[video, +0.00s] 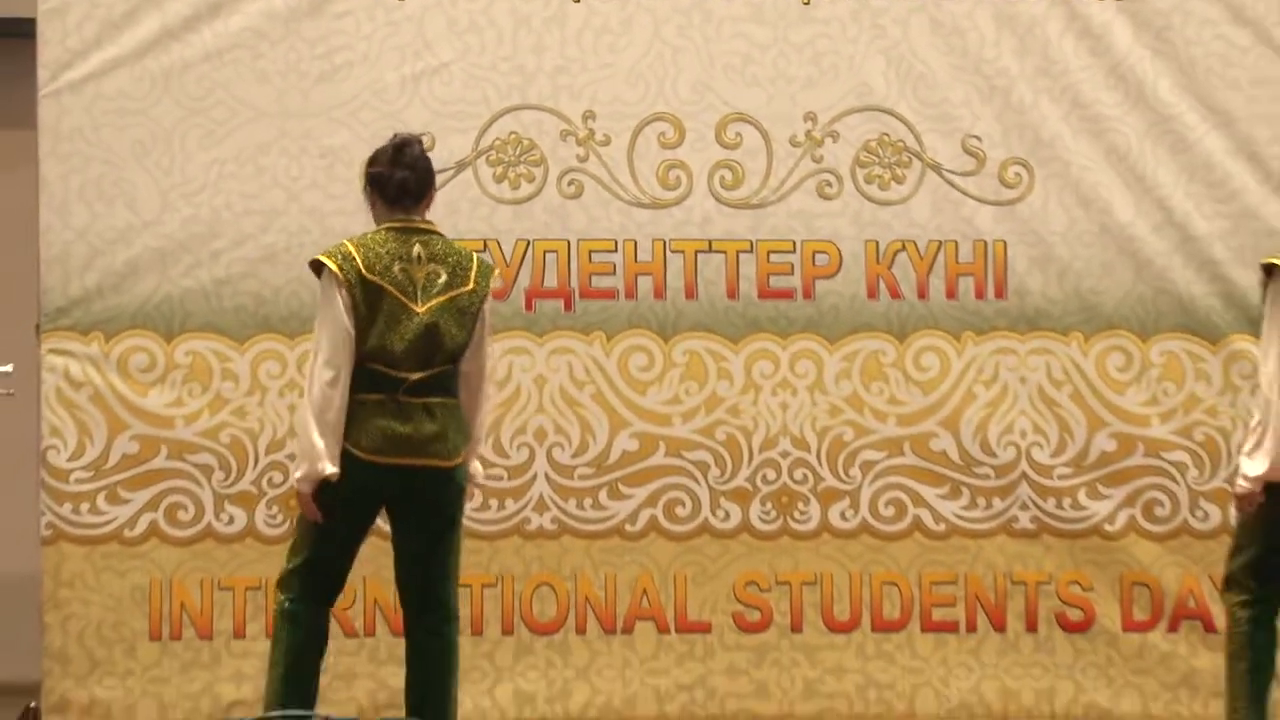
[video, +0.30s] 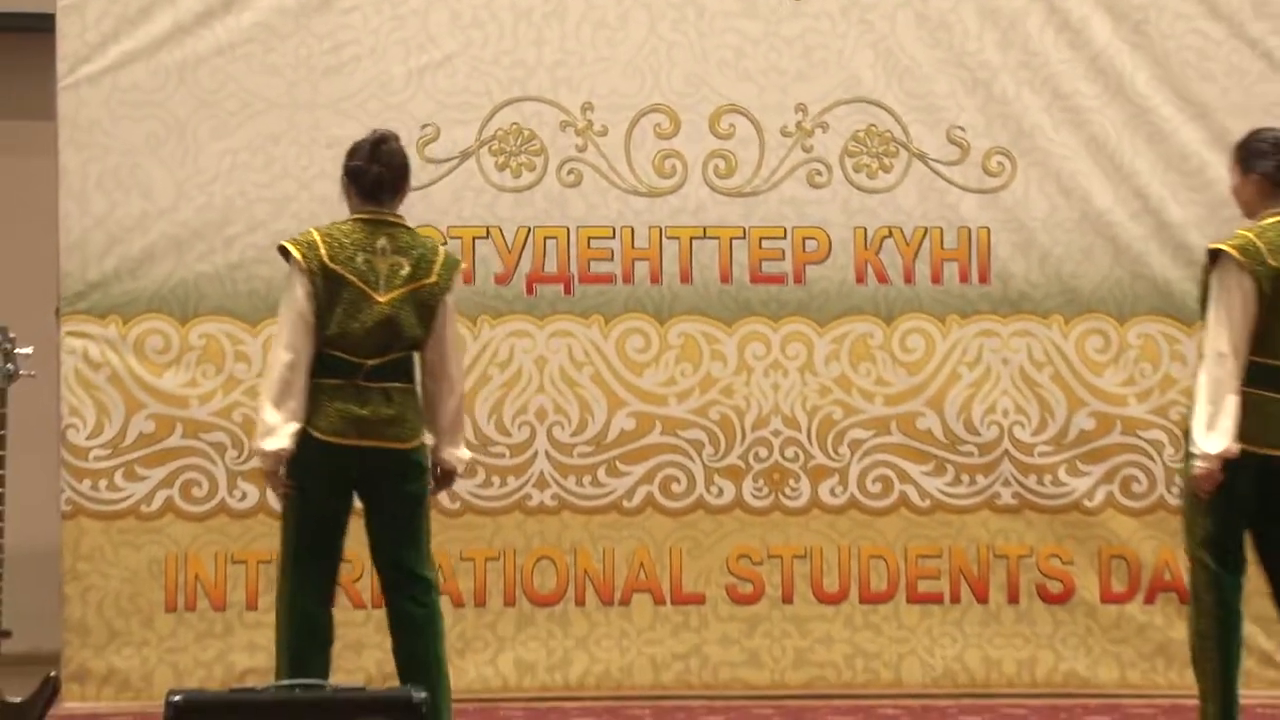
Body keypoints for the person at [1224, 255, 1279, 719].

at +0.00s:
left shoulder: (1273, 285)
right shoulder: (1271, 285)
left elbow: (1271, 384)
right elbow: (1268, 384)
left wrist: (1255, 464)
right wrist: (1251, 460)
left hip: (1269, 475)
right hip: (1266, 473)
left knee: (1248, 594)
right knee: (1250, 595)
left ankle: (1246, 710)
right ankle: (1246, 708)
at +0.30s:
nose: (1233, 189)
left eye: (1236, 179)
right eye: (1234, 179)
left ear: (1255, 180)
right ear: (1276, 180)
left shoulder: (1244, 253)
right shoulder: (1258, 252)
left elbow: (1224, 355)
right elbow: (1224, 354)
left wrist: (1209, 445)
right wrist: (1216, 440)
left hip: (1238, 454)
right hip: (1267, 454)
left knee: (1215, 590)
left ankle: (1218, 708)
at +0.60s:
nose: (1180, 177)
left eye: (1183, 168)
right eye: (1184, 167)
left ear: (1196, 173)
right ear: (1241, 176)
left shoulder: (1186, 243)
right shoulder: (1269, 246)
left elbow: (1166, 340)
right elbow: (1267, 351)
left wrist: (1143, 419)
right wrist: (1258, 431)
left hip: (1178, 426)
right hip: (1229, 429)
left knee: (1170, 549)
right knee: (1188, 536)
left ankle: (1186, 692)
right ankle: (1243, 661)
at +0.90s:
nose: (1157, 170)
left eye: (1160, 161)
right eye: (1162, 160)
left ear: (1168, 167)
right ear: (1216, 170)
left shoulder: (1141, 237)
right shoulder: (1250, 243)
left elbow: (1121, 325)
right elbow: (1250, 339)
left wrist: (1111, 398)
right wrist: (1248, 414)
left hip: (1151, 411)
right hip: (1215, 415)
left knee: (1154, 531)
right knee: (1193, 515)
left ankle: (1168, 672)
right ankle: (1214, 633)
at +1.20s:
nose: (1130, 173)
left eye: (1132, 165)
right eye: (1138, 165)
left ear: (1138, 172)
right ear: (1188, 174)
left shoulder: (1106, 240)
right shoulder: (1220, 241)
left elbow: (1084, 328)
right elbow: (1232, 326)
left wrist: (1066, 398)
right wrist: (1238, 395)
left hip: (1129, 403)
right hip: (1201, 403)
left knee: (1135, 524)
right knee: (1207, 523)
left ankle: (1131, 653)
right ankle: (1215, 651)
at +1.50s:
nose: (1118, 179)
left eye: (1119, 172)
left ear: (1121, 177)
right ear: (1173, 177)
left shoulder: (1095, 243)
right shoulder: (1206, 240)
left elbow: (1088, 331)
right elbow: (1218, 324)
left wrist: (1083, 397)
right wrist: (1226, 391)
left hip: (1123, 401)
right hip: (1190, 399)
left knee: (1120, 513)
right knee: (1188, 513)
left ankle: (1111, 627)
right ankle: (1185, 633)